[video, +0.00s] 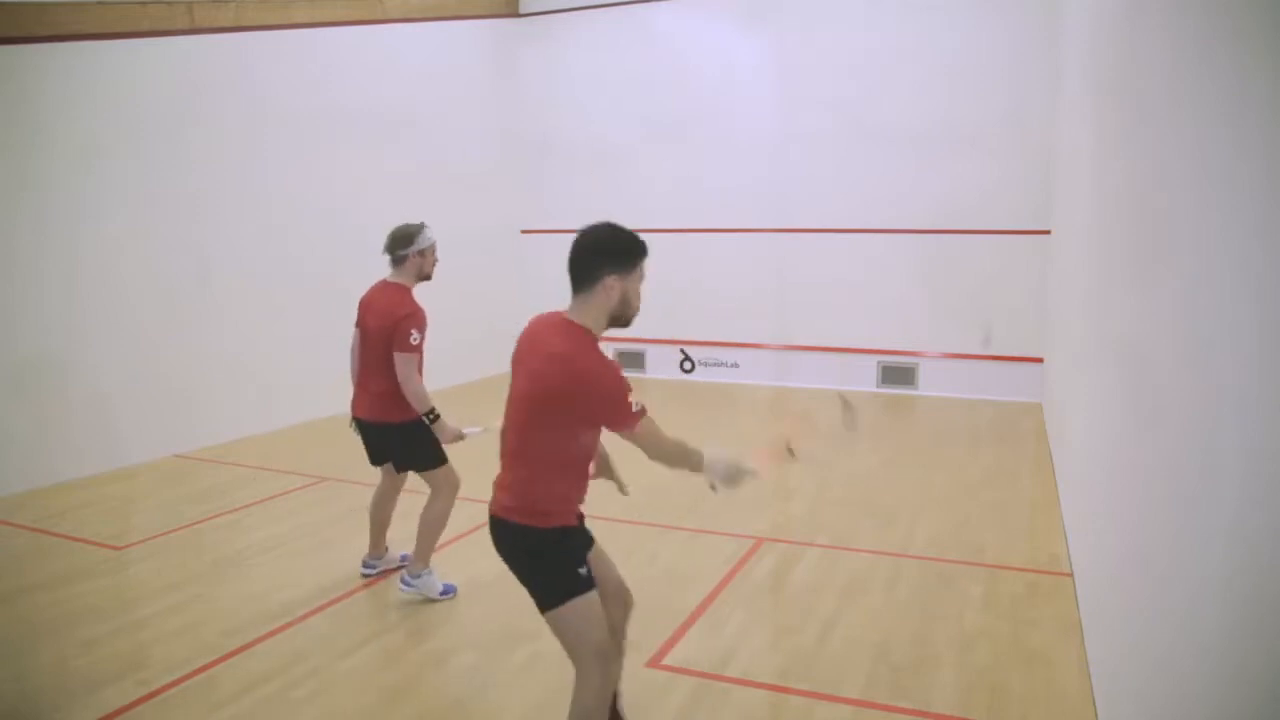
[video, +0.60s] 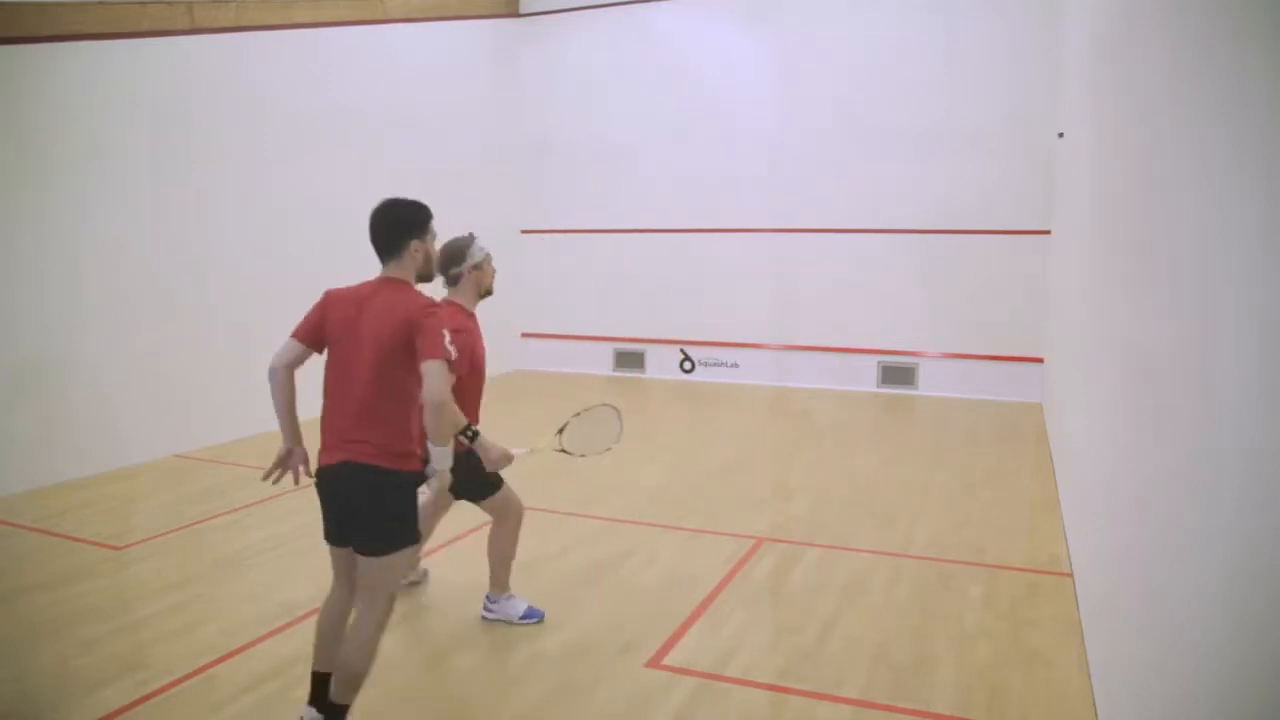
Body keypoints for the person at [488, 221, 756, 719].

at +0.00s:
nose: (641, 295)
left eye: (641, 281)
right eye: (639, 280)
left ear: (594, 280)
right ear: (612, 284)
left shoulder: (539, 330)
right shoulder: (592, 370)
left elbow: (546, 412)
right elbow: (657, 445)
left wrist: (593, 452)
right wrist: (708, 463)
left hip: (536, 513)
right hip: (537, 528)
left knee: (616, 603)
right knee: (597, 658)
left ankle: (607, 705)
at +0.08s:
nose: (616, 286)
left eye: (615, 273)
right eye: (614, 272)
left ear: (556, 272)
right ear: (598, 276)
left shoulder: (511, 333)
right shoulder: (590, 362)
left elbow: (509, 417)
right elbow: (631, 428)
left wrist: (559, 467)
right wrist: (671, 418)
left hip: (487, 518)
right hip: (535, 529)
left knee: (559, 623)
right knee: (594, 673)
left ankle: (534, 708)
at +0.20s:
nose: (570, 309)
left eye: (567, 298)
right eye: (567, 298)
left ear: (510, 307)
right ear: (555, 306)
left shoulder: (466, 376)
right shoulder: (567, 384)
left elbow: (429, 459)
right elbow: (599, 456)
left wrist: (473, 487)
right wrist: (622, 424)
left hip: (465, 567)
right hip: (530, 571)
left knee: (481, 630)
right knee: (597, 702)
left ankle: (421, 712)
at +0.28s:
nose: (533, 313)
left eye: (529, 303)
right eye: (530, 303)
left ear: (473, 314)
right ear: (519, 312)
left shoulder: (430, 385)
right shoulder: (535, 391)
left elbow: (385, 467)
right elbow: (571, 485)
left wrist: (413, 505)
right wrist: (596, 465)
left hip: (436, 569)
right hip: (503, 572)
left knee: (418, 652)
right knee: (566, 701)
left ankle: (371, 718)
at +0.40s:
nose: (485, 293)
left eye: (482, 282)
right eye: (481, 283)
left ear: (428, 292)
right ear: (467, 292)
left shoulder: (383, 353)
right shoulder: (478, 366)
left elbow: (324, 426)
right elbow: (508, 455)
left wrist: (333, 485)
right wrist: (535, 498)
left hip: (384, 531)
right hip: (448, 536)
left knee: (375, 652)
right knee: (487, 675)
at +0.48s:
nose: (465, 265)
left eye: (461, 255)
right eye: (460, 256)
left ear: (407, 265)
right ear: (446, 264)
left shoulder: (361, 322)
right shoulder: (451, 332)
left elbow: (300, 381)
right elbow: (475, 420)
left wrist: (305, 454)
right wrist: (490, 471)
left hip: (363, 498)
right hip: (418, 501)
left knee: (369, 620)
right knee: (440, 635)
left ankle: (345, 715)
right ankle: (430, 718)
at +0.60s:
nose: (437, 249)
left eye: (435, 239)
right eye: (433, 239)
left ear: (382, 247)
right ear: (416, 246)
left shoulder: (337, 302)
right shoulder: (422, 311)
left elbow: (281, 366)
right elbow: (436, 399)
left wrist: (291, 442)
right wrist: (441, 469)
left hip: (334, 472)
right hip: (387, 477)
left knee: (342, 589)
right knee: (374, 606)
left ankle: (319, 704)